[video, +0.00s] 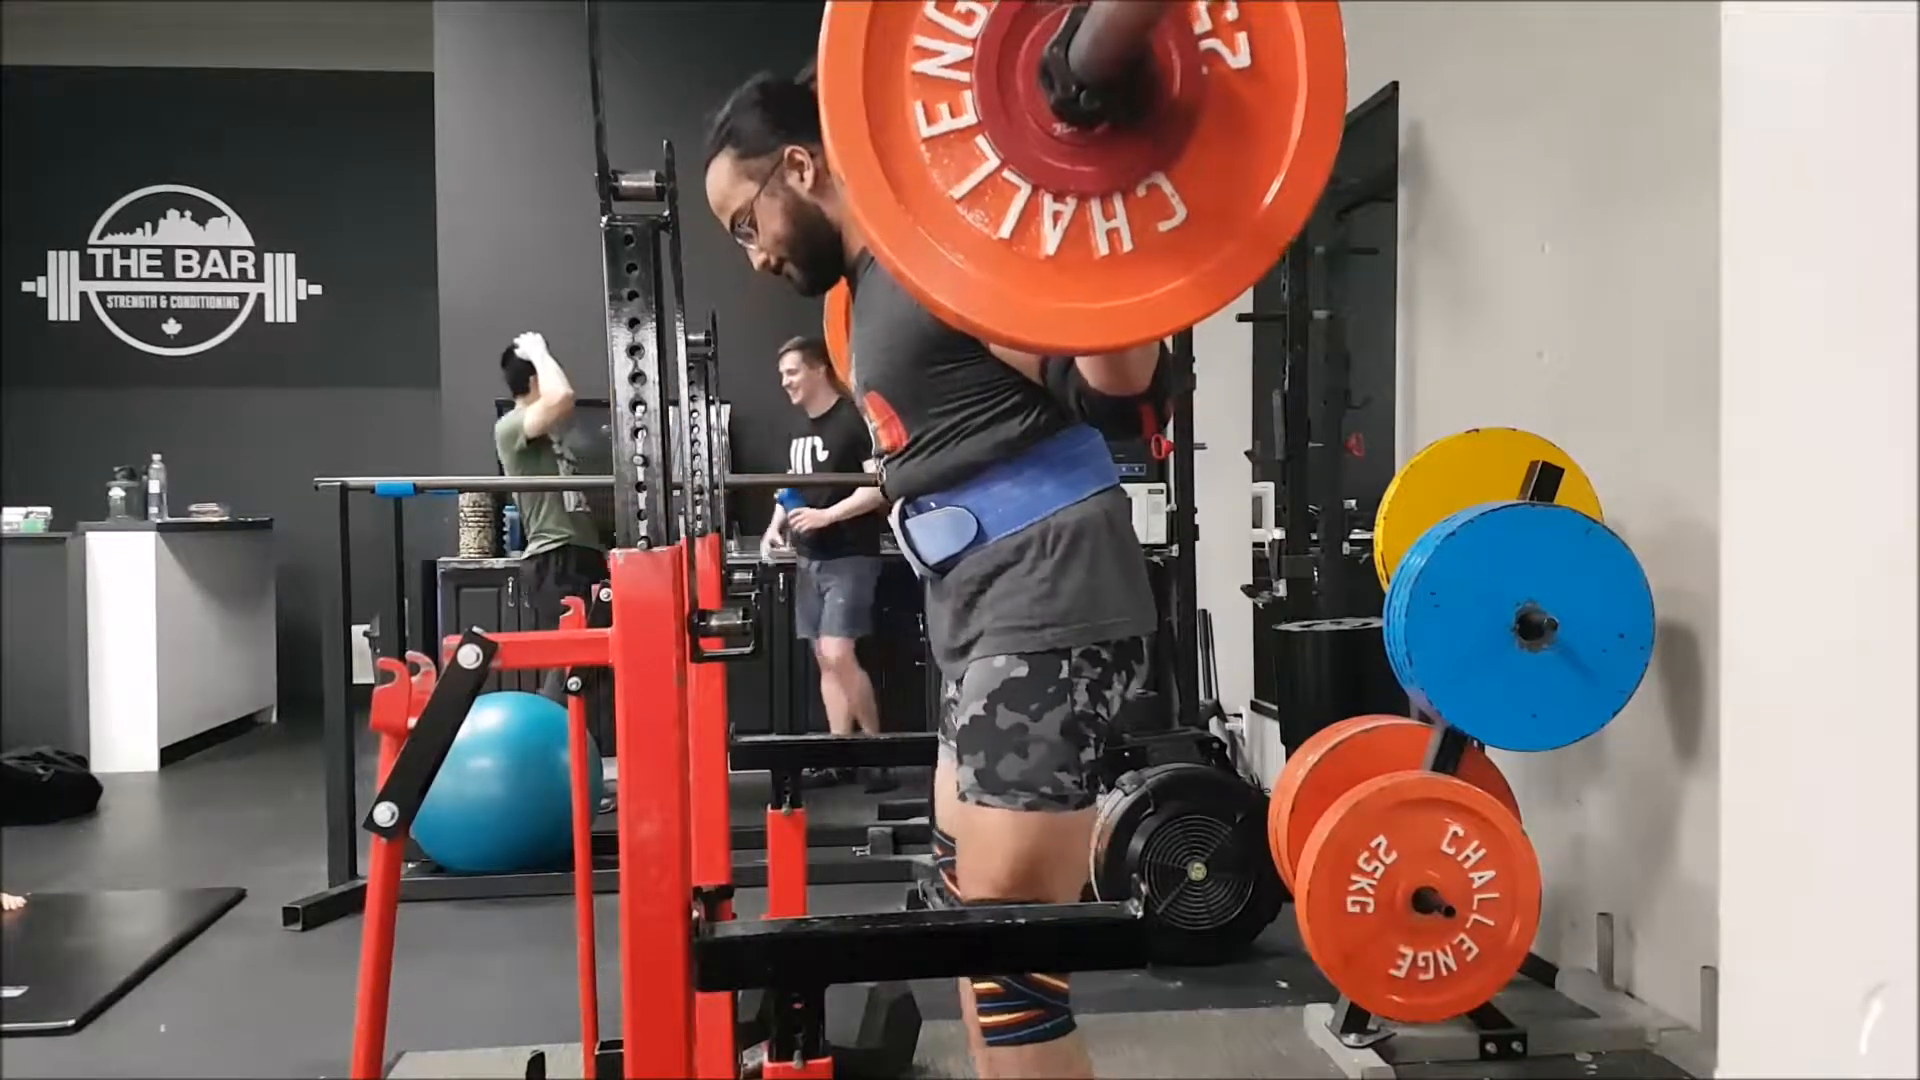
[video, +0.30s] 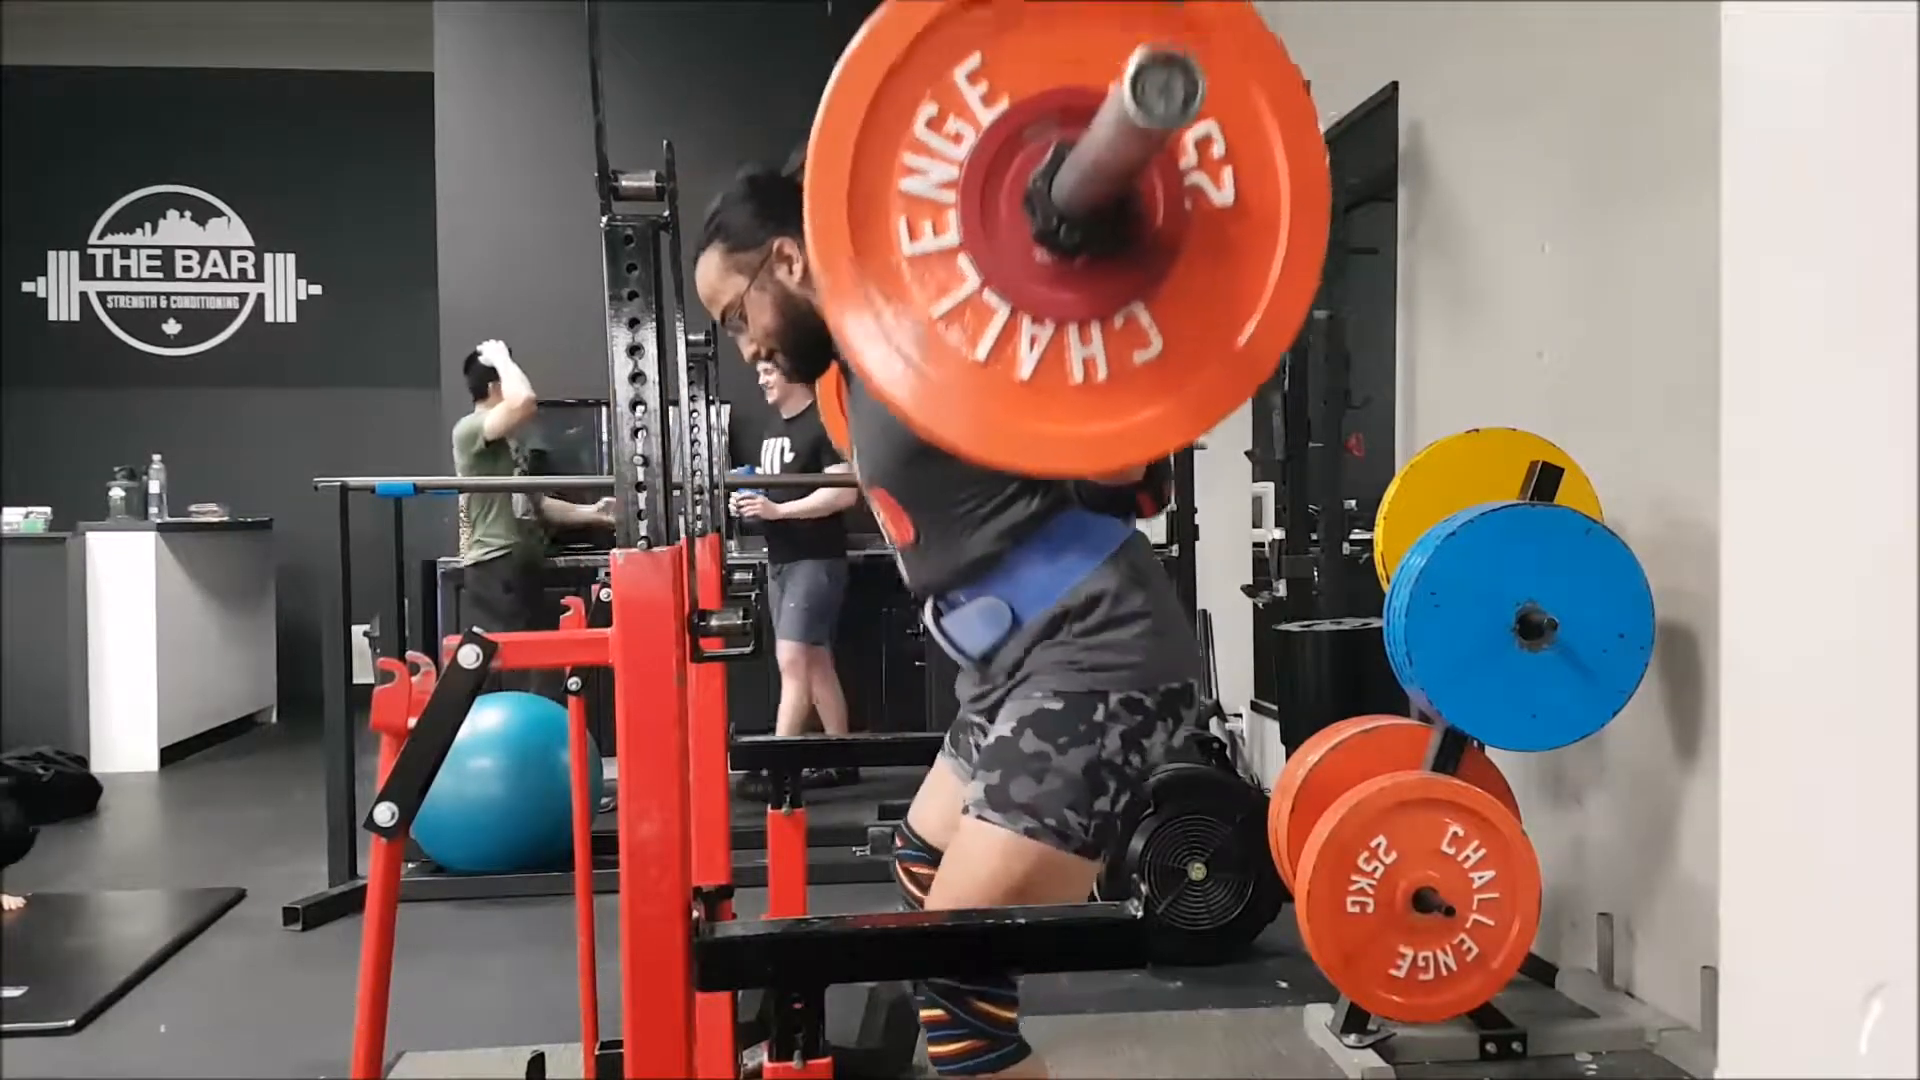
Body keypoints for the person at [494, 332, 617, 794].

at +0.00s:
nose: (554, 383)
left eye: (551, 376)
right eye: (545, 378)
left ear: (522, 385)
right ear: (530, 381)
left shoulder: (553, 428)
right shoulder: (510, 427)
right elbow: (560, 399)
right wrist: (540, 354)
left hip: (588, 553)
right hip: (555, 555)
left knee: (599, 664)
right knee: (567, 666)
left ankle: (603, 759)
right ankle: (550, 761)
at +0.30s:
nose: (515, 387)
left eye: (513, 379)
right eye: (507, 381)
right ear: (493, 387)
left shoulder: (508, 443)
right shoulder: (468, 430)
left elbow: (537, 505)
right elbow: (522, 401)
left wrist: (591, 513)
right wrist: (503, 361)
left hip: (523, 565)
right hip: (492, 566)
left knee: (536, 661)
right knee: (503, 664)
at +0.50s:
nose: (508, 393)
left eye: (508, 385)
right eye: (499, 385)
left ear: (479, 391)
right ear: (474, 389)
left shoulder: (490, 442)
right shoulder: (445, 425)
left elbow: (503, 513)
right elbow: (492, 417)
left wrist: (538, 537)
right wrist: (502, 370)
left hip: (482, 563)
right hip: (446, 564)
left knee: (484, 660)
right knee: (462, 661)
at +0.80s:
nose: (478, 383)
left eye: (478, 377)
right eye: (470, 376)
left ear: (452, 385)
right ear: (440, 383)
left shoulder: (453, 441)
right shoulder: (415, 430)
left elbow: (463, 511)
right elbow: (410, 501)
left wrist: (480, 577)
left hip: (450, 567)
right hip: (419, 565)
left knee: (452, 672)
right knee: (417, 672)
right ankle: (371, 763)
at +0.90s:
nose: (466, 382)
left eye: (466, 376)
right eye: (457, 375)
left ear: (443, 385)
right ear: (425, 381)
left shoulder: (453, 445)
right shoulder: (392, 433)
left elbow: (458, 518)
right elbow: (385, 506)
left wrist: (466, 582)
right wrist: (422, 560)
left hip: (446, 576)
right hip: (400, 576)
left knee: (447, 678)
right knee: (394, 676)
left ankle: (439, 784)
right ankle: (352, 771)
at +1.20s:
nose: (420, 382)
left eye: (424, 375)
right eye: (411, 373)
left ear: (426, 384)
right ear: (381, 379)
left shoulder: (435, 447)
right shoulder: (343, 438)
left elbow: (457, 511)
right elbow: (315, 504)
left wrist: (474, 569)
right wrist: (309, 564)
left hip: (418, 570)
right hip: (359, 568)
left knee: (420, 673)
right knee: (355, 673)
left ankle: (416, 783)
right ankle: (350, 781)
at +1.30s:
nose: (412, 382)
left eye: (415, 375)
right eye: (402, 373)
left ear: (419, 383)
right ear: (374, 378)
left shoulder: (430, 445)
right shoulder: (336, 437)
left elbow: (456, 508)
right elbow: (308, 502)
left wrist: (477, 566)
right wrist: (295, 559)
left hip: (420, 571)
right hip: (359, 571)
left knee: (428, 678)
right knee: (351, 682)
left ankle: (426, 792)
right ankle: (347, 789)